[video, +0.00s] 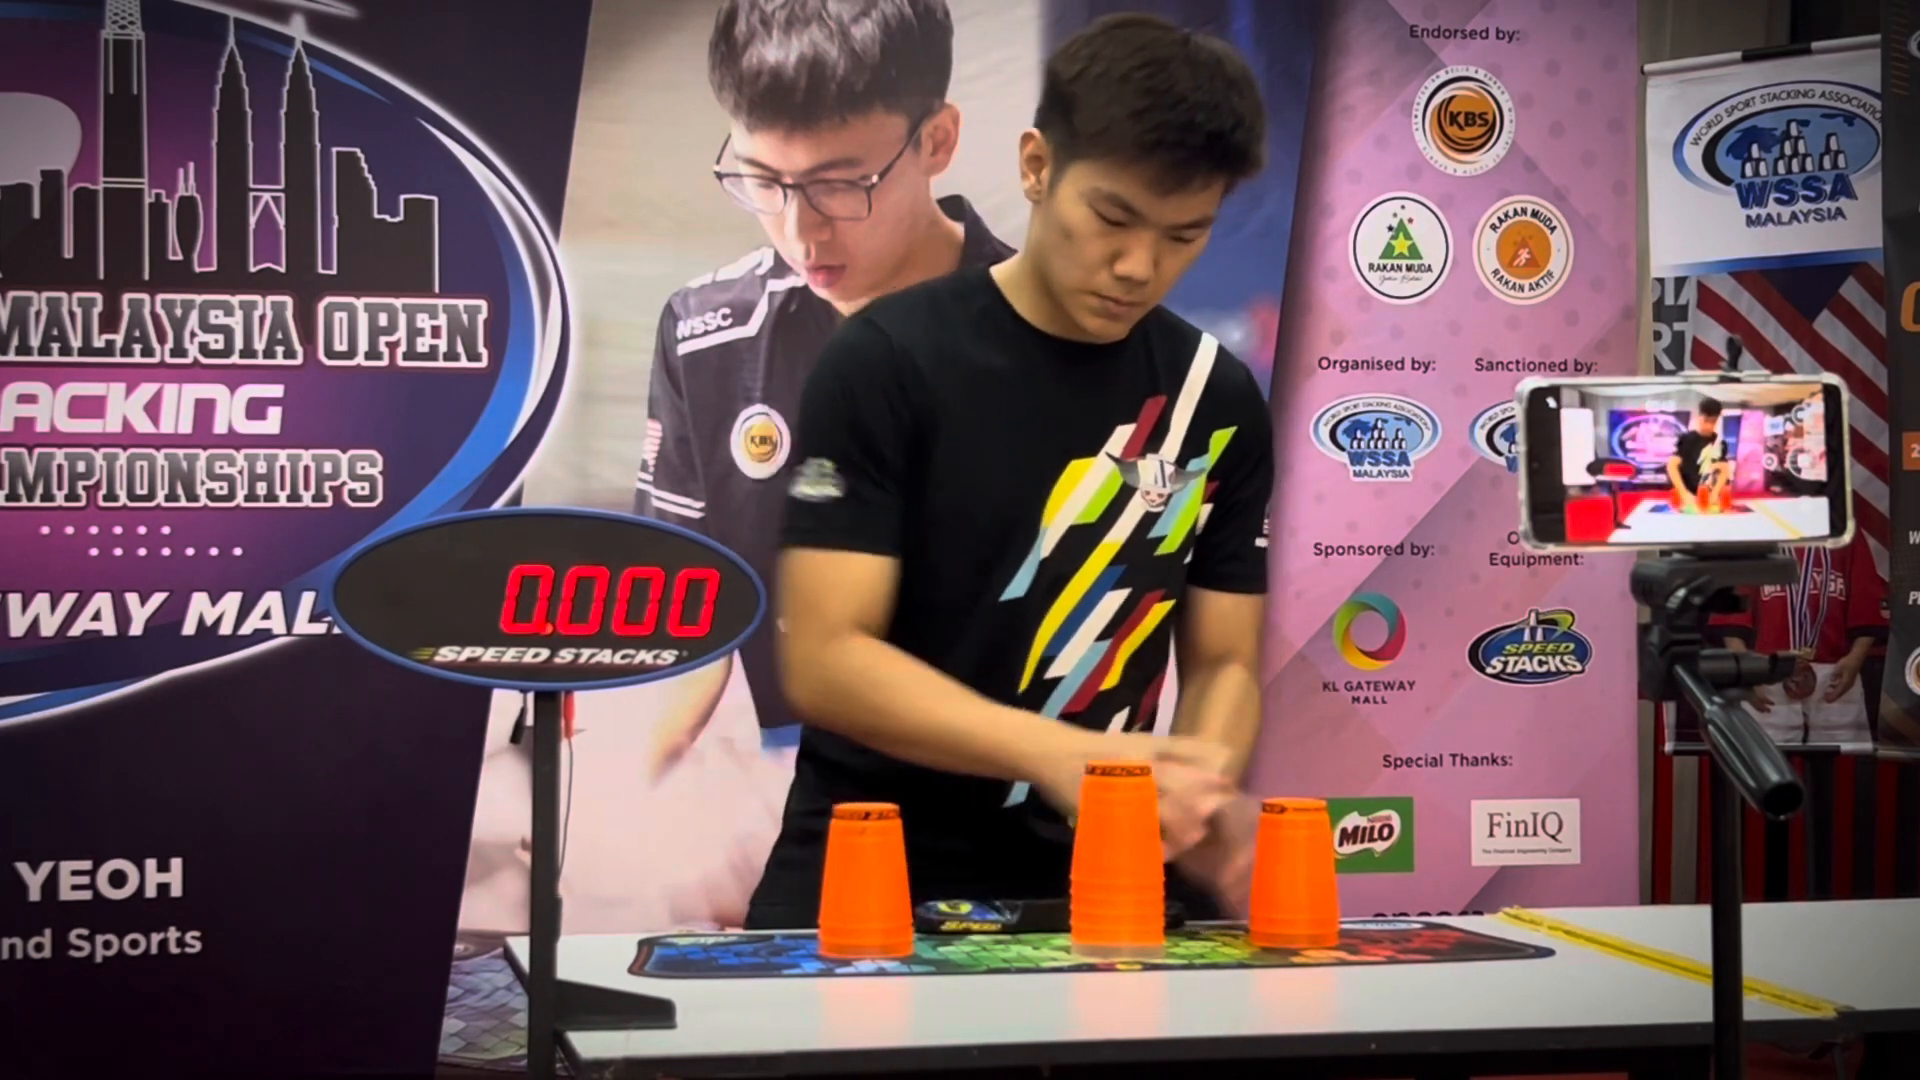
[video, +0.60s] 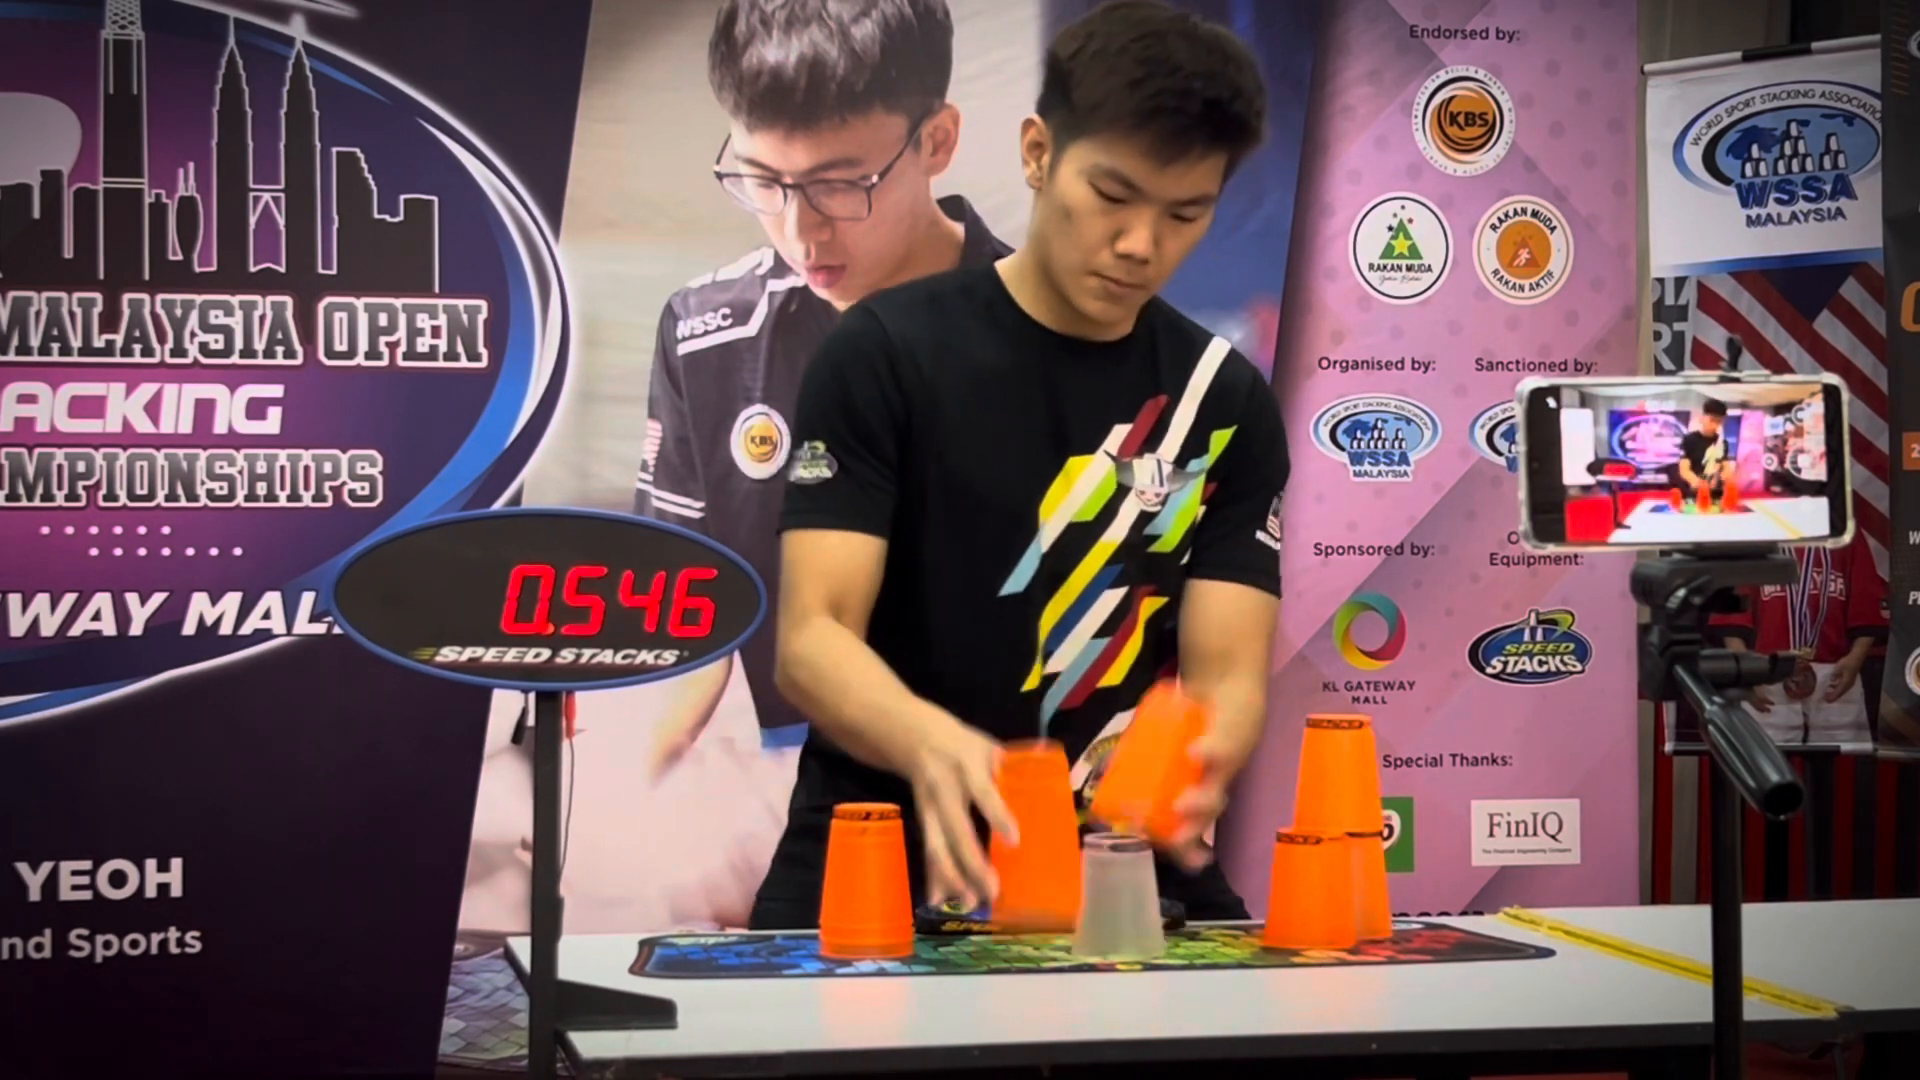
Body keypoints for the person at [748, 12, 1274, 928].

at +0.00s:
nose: (1139, 268)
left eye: (1183, 236)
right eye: (1112, 216)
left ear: (1215, 217)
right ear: (1034, 170)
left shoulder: (1220, 404)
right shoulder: (887, 359)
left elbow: (1223, 662)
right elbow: (820, 659)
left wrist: (1190, 787)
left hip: (1086, 905)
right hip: (865, 894)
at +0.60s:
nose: (1139, 246)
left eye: (1184, 211)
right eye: (1111, 192)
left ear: (1217, 198)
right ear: (1037, 155)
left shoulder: (1229, 405)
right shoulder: (885, 353)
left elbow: (1227, 673)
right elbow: (812, 635)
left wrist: (1184, 763)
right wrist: (927, 745)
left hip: (1116, 892)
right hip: (874, 885)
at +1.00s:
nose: (1089, 235)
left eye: (1136, 204)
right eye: (1062, 183)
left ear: (1182, 194)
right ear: (1002, 146)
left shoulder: (1216, 396)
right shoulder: (856, 351)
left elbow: (1218, 686)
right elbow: (765, 608)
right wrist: (811, 709)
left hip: (1094, 894)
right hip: (867, 877)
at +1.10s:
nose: (1050, 228)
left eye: (1099, 196)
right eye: (1025, 176)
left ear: (1150, 187)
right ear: (969, 140)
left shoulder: (1189, 394)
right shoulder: (826, 346)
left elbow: (1181, 697)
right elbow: (740, 593)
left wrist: (1007, 749)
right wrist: (746, 679)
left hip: (1073, 895)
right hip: (841, 882)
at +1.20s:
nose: (801, 233)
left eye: (842, 183)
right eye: (763, 179)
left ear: (940, 143)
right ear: (734, 139)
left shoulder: (1029, 311)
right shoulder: (701, 331)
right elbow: (680, 574)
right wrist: (711, 706)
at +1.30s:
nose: (801, 236)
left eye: (843, 183)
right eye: (764, 181)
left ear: (938, 144)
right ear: (733, 144)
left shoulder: (1033, 315)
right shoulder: (702, 331)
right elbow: (673, 566)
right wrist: (699, 653)